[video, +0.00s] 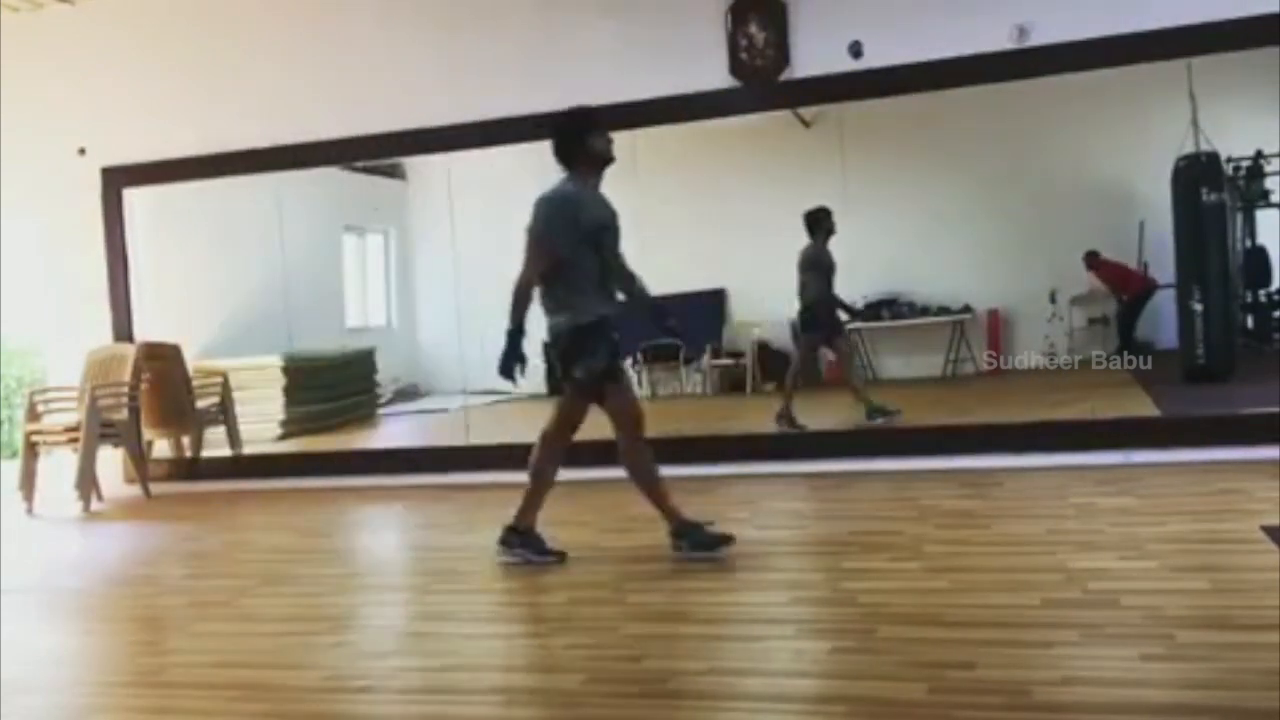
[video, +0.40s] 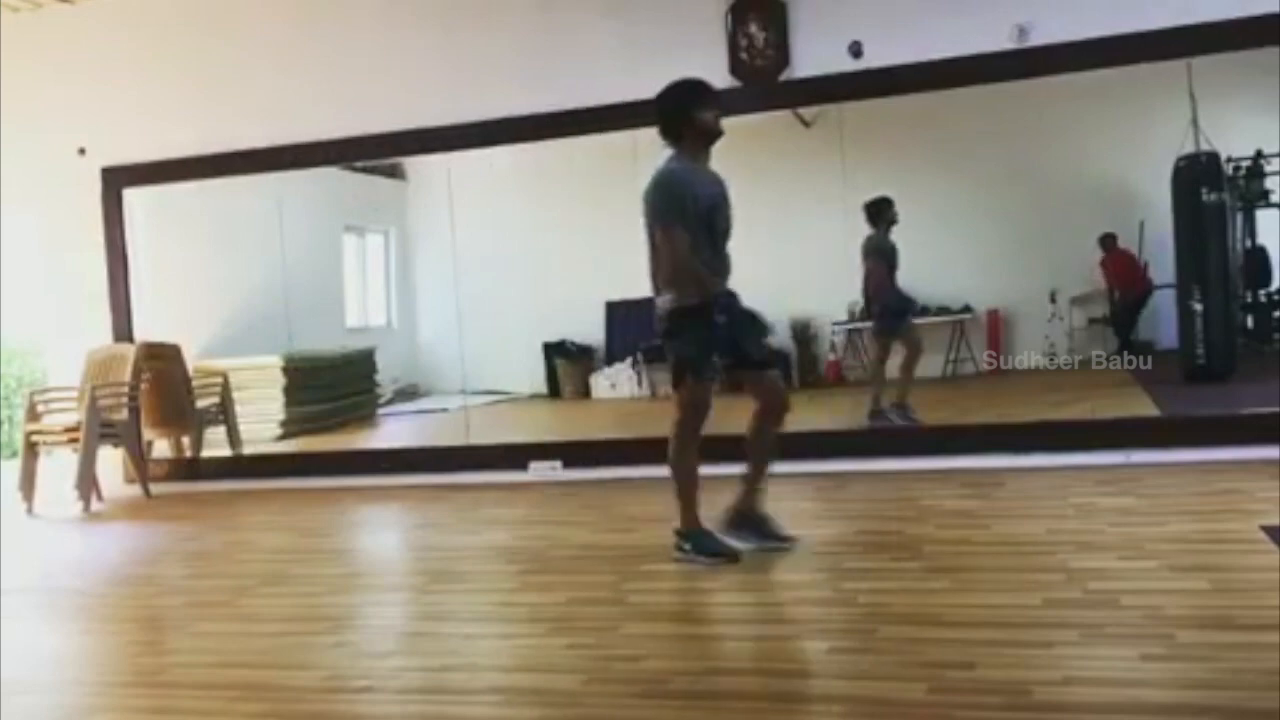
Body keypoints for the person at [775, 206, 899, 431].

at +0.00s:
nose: (834, 225)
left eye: (832, 221)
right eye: (830, 222)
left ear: (815, 227)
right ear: (821, 226)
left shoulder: (823, 254)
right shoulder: (812, 255)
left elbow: (826, 293)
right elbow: (820, 294)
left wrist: (852, 312)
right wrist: (853, 312)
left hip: (826, 314)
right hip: (811, 316)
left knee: (847, 356)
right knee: (799, 363)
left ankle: (869, 406)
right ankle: (785, 411)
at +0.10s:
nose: (856, 220)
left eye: (854, 216)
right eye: (851, 216)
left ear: (839, 223)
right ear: (841, 221)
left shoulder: (848, 250)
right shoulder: (834, 249)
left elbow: (850, 286)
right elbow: (838, 286)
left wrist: (861, 310)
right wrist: (853, 310)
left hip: (854, 310)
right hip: (841, 312)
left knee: (863, 360)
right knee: (836, 362)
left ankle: (874, 407)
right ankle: (801, 399)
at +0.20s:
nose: (866, 219)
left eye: (864, 214)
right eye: (862, 215)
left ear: (845, 221)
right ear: (852, 220)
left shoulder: (845, 246)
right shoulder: (851, 248)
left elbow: (855, 284)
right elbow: (854, 284)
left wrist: (868, 307)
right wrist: (868, 309)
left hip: (854, 309)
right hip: (856, 310)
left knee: (865, 358)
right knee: (856, 357)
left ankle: (874, 405)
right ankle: (820, 393)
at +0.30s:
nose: (886, 216)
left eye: (884, 211)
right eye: (882, 212)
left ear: (867, 218)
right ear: (873, 217)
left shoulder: (865, 244)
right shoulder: (871, 246)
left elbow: (873, 283)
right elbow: (874, 283)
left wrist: (890, 303)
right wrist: (891, 305)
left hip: (871, 308)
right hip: (878, 309)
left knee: (876, 355)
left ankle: (873, 402)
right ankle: (870, 393)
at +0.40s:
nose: (896, 214)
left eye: (894, 210)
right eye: (892, 211)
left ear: (878, 216)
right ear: (882, 216)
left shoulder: (878, 242)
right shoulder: (879, 244)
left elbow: (878, 281)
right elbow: (883, 283)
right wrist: (908, 303)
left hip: (882, 306)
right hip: (886, 307)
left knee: (881, 356)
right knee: (915, 346)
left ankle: (876, 407)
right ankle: (900, 404)